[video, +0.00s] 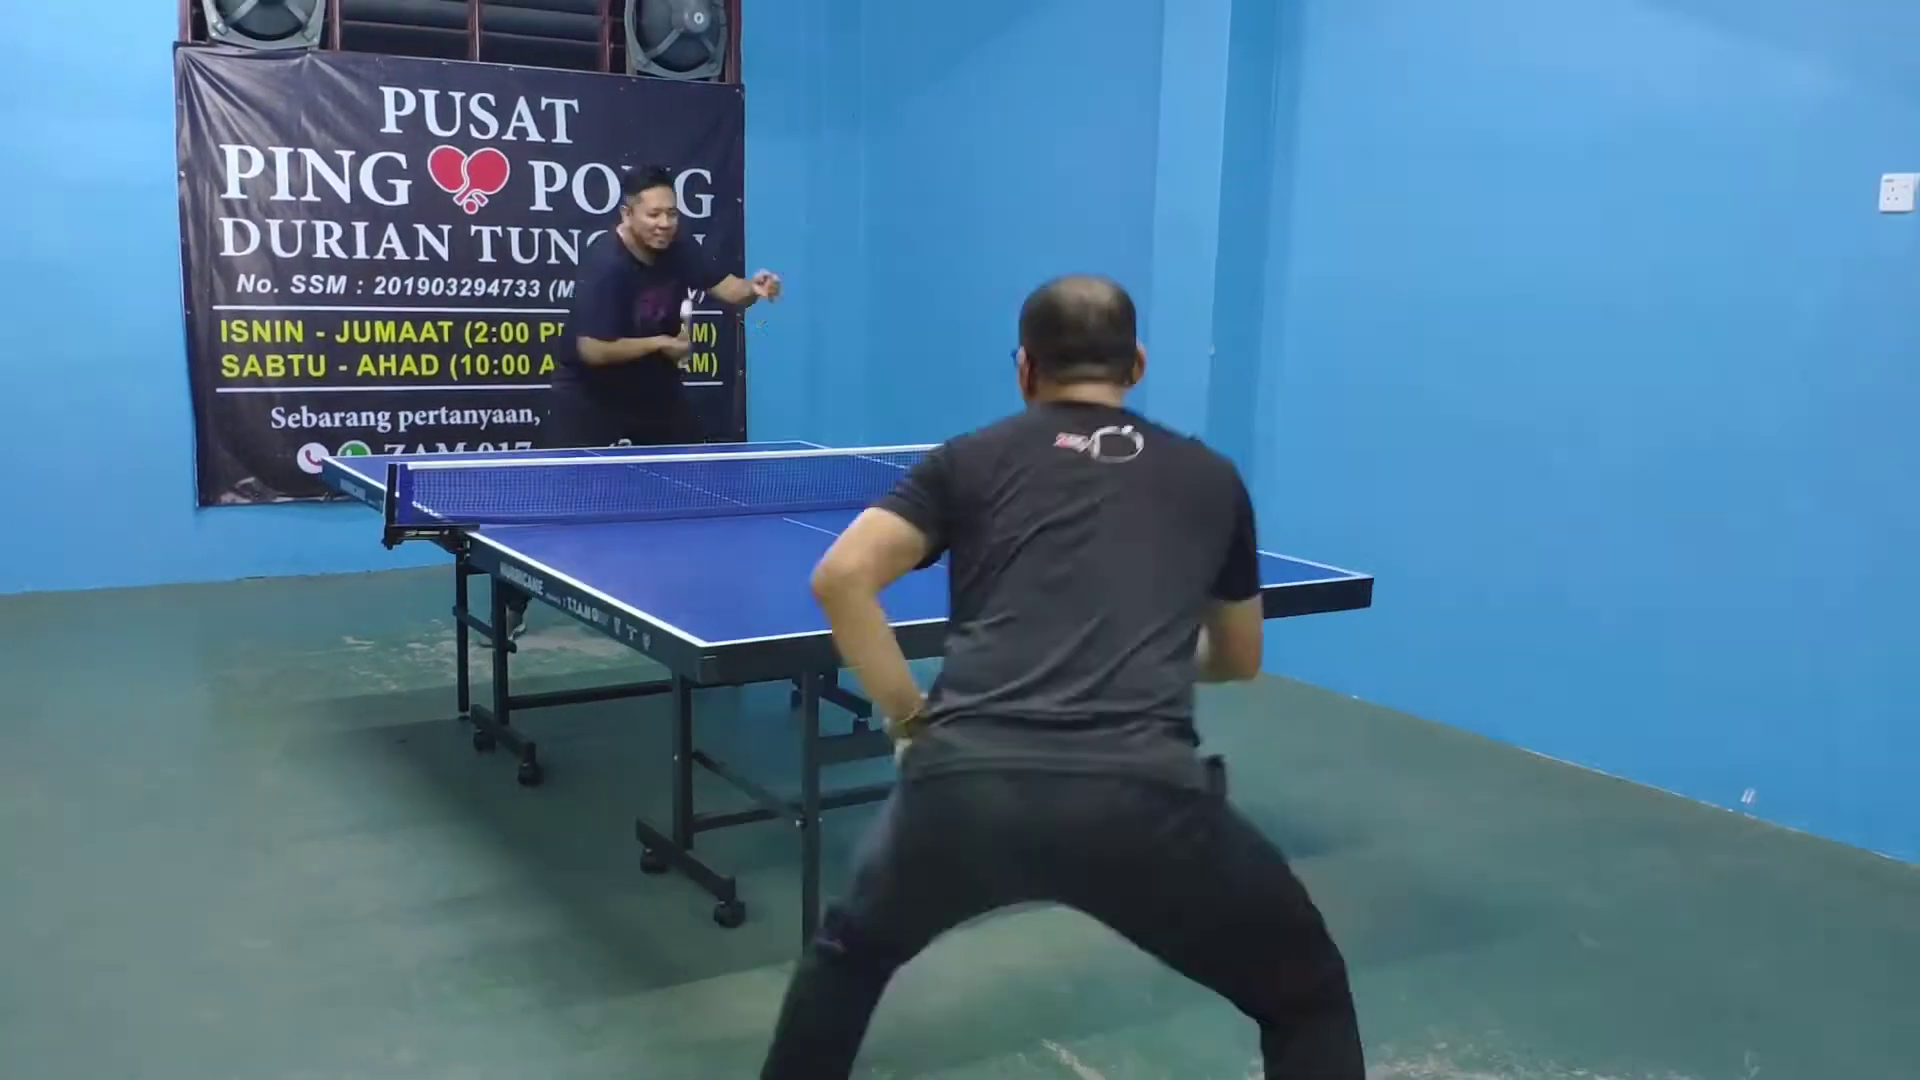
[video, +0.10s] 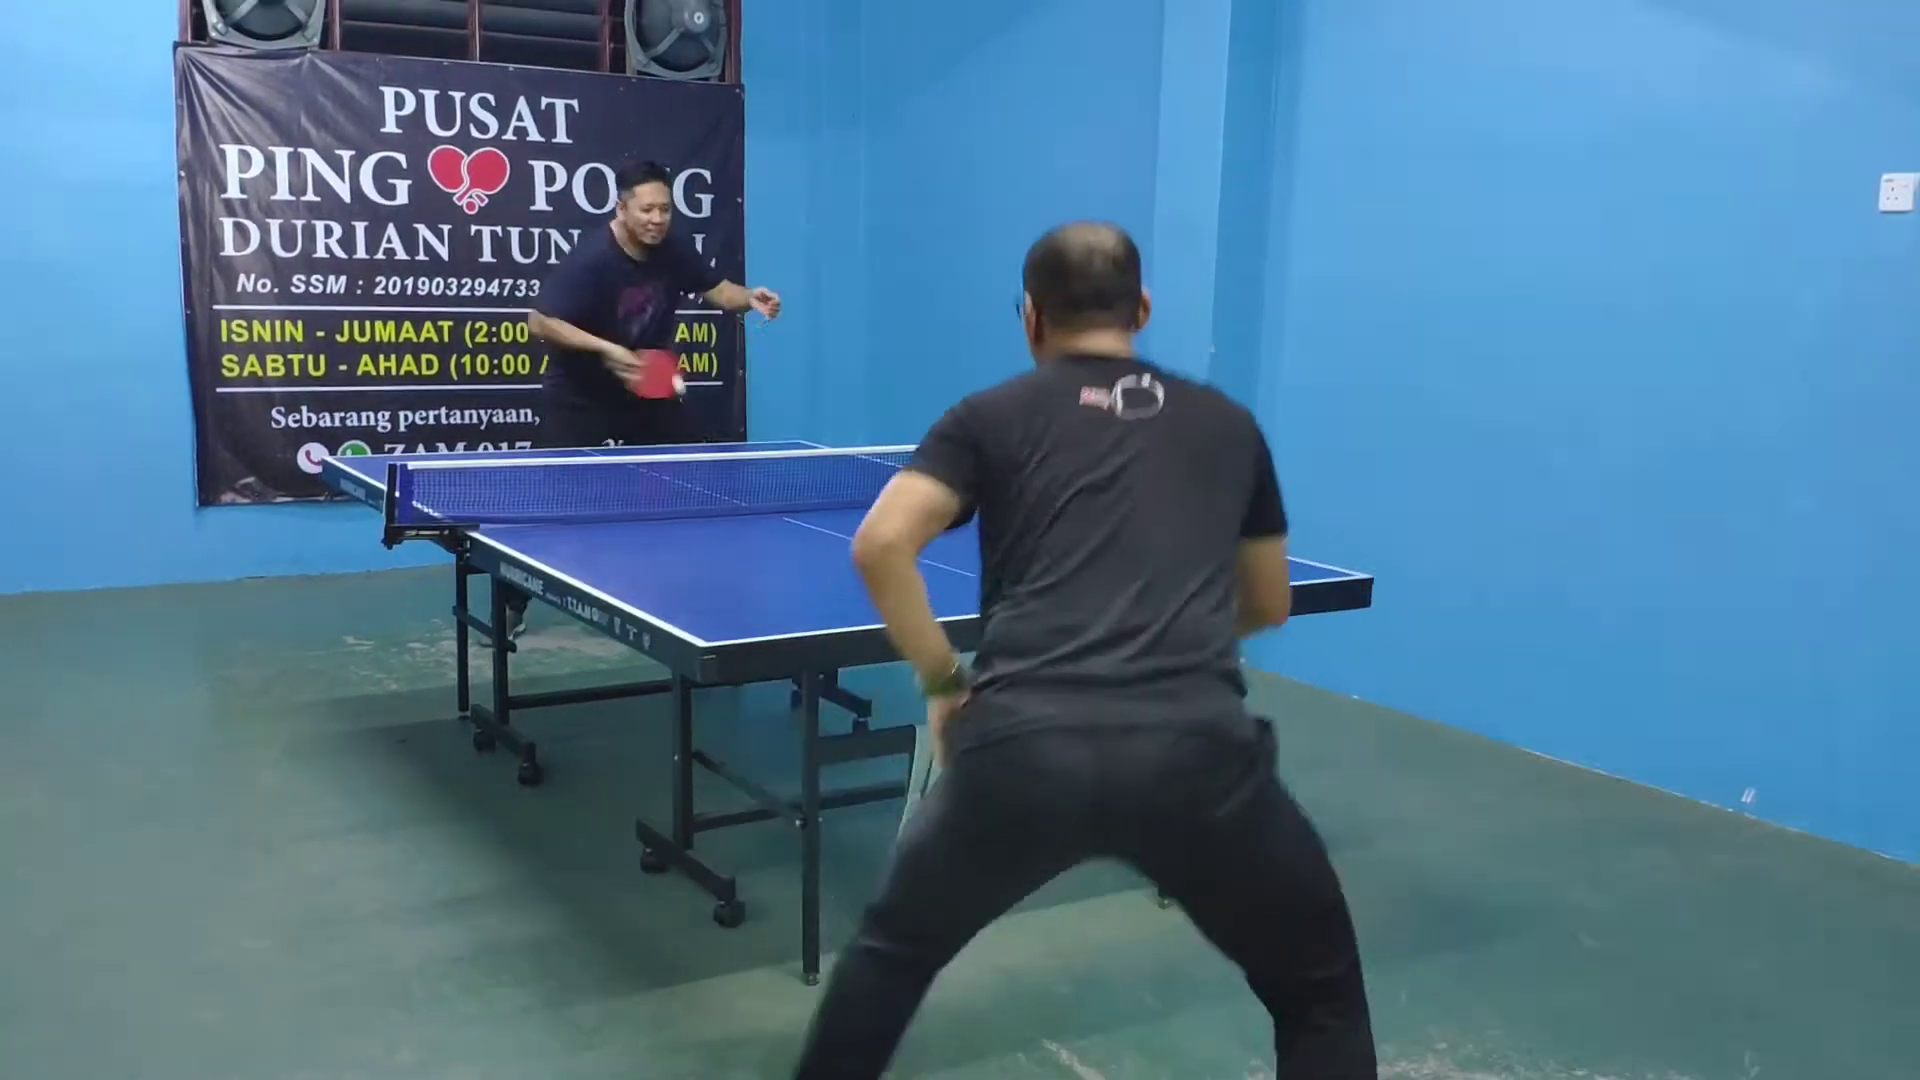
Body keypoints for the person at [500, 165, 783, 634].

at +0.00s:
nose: (663, 223)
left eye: (670, 213)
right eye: (652, 214)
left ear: (678, 213)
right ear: (626, 215)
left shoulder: (678, 246)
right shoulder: (605, 262)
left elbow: (722, 287)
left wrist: (752, 289)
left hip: (655, 392)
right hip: (591, 396)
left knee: (696, 480)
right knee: (558, 493)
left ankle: (700, 591)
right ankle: (510, 601)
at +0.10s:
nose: (656, 219)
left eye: (664, 209)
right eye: (645, 209)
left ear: (672, 210)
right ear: (621, 209)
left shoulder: (673, 247)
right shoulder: (592, 257)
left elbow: (712, 289)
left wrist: (749, 297)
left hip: (651, 397)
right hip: (583, 398)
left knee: (699, 478)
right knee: (554, 494)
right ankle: (511, 600)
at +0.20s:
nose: (647, 208)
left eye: (654, 198)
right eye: (636, 198)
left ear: (662, 202)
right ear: (610, 198)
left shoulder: (666, 248)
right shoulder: (574, 247)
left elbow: (705, 289)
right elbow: (517, 293)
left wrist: (738, 297)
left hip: (643, 394)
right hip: (571, 397)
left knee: (692, 480)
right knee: (547, 496)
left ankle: (695, 591)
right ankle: (511, 602)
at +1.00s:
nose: (585, 204)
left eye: (595, 194)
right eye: (576, 195)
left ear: (618, 196)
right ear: (567, 200)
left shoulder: (655, 244)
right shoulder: (549, 254)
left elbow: (711, 297)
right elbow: (517, 313)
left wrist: (692, 311)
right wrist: (497, 341)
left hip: (648, 409)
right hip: (574, 411)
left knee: (660, 510)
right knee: (540, 505)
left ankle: (664, 609)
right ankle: (502, 605)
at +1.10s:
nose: (553, 208)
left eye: (563, 197)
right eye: (546, 199)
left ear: (593, 197)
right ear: (539, 201)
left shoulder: (637, 243)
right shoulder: (530, 259)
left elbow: (694, 289)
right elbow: (485, 314)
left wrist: (694, 315)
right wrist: (432, 329)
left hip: (633, 408)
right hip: (555, 410)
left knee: (658, 510)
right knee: (511, 500)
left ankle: (665, 618)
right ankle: (471, 616)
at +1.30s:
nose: (486, 221)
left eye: (497, 210)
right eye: (479, 210)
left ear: (527, 208)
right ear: (473, 210)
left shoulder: (580, 250)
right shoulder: (470, 275)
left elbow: (637, 282)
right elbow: (424, 334)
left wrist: (668, 318)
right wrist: (394, 356)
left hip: (596, 411)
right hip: (518, 418)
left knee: (658, 502)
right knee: (484, 513)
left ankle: (687, 618)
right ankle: (452, 622)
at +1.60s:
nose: (493, 202)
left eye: (501, 192)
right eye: (480, 194)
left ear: (517, 197)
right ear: (463, 204)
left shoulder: (553, 234)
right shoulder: (455, 269)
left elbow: (602, 267)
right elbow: (445, 338)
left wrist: (636, 291)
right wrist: (468, 350)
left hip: (574, 398)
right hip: (501, 408)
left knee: (628, 493)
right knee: (478, 508)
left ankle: (667, 610)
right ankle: (451, 621)